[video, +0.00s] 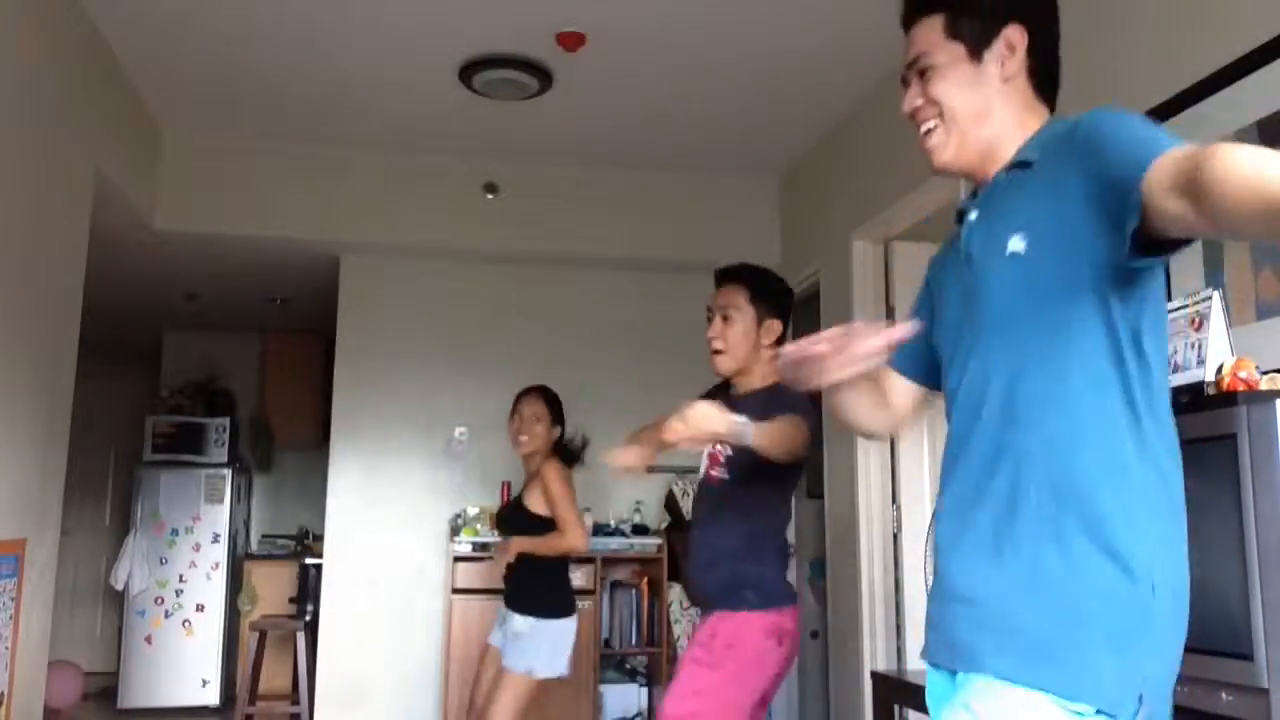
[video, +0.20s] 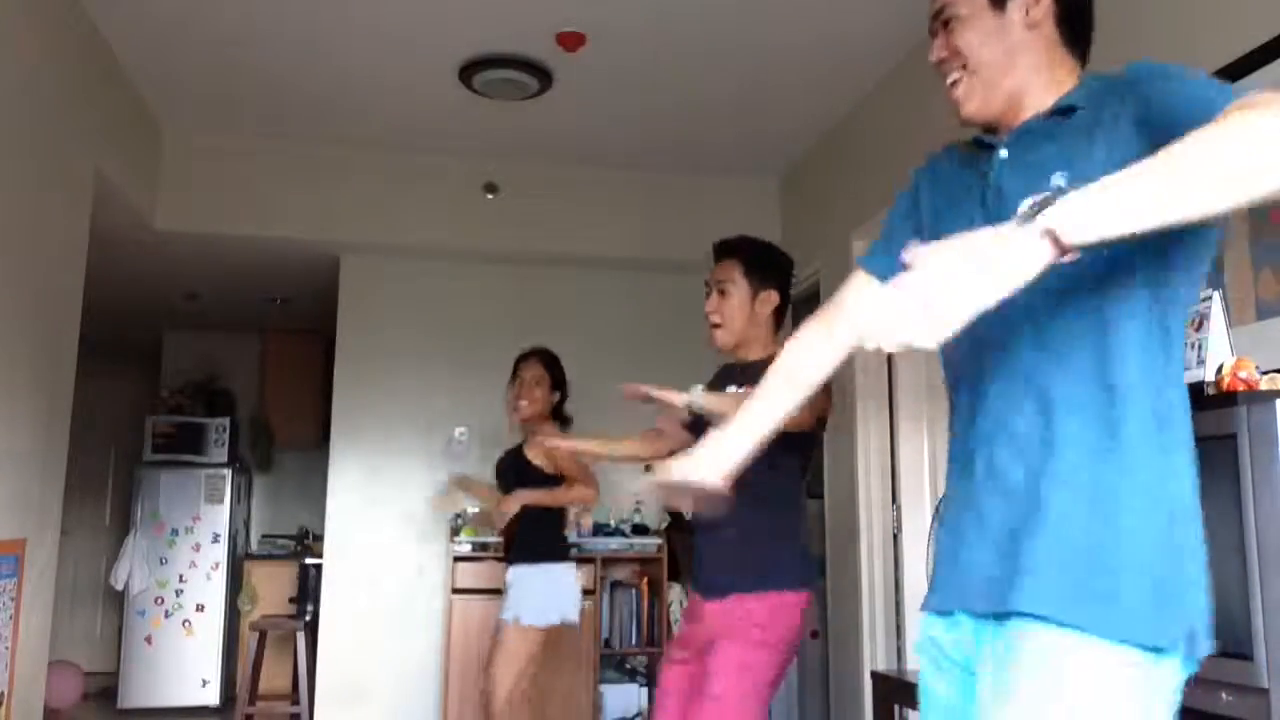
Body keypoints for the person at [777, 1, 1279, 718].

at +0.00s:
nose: (908, 102)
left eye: (925, 71)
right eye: (906, 84)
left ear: (1007, 53)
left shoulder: (1087, 147)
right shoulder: (951, 261)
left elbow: (1197, 183)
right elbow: (885, 410)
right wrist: (840, 376)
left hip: (1074, 622)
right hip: (969, 618)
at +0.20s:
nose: (935, 52)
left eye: (950, 22)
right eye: (933, 34)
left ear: (1033, 12)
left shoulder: (1141, 100)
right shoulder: (942, 180)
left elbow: (1271, 128)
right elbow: (848, 314)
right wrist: (734, 438)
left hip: (1108, 587)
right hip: (964, 583)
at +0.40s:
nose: (940, 96)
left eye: (949, 65)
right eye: (941, 72)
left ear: (1016, 46)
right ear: (1014, 51)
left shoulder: (1173, 152)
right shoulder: (956, 219)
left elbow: (1277, 204)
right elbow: (847, 368)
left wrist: (1077, 239)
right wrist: (732, 502)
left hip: (1158, 629)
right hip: (990, 629)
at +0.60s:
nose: (923, 84)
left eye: (927, 53)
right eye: (920, 61)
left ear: (986, 26)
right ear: (985, 31)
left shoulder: (1122, 95)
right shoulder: (963, 206)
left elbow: (1248, 134)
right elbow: (893, 355)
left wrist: (1262, 254)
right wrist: (777, 379)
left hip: (1121, 591)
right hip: (976, 586)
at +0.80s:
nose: (902, 143)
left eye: (902, 113)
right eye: (896, 119)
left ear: (960, 86)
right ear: (959, 91)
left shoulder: (1102, 158)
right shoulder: (975, 256)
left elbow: (1229, 208)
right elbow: (915, 421)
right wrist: (890, 343)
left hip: (1097, 614)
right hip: (999, 611)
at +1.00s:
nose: (932, 86)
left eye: (941, 54)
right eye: (927, 66)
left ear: (1022, 22)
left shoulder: (1150, 90)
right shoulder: (965, 179)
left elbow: (1277, 115)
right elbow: (877, 323)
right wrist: (725, 442)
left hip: (1121, 573)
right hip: (994, 572)